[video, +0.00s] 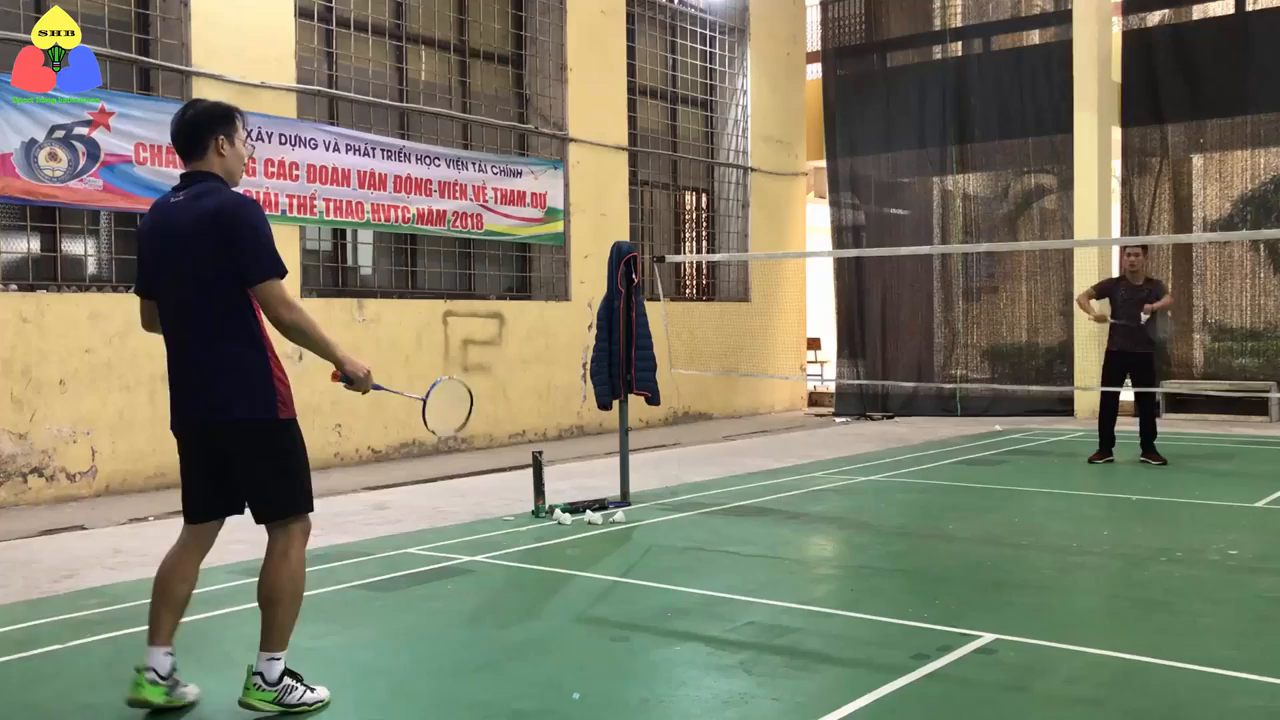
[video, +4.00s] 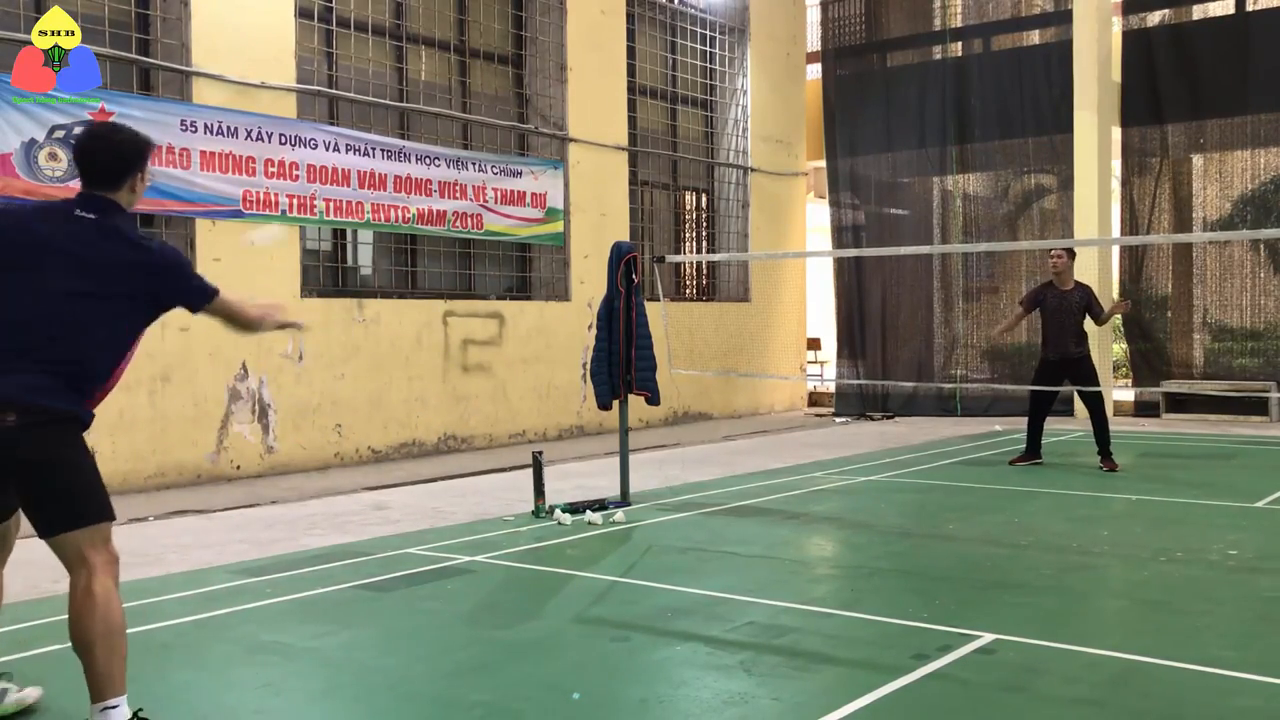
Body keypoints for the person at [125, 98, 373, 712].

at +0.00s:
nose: (249, 152)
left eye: (247, 140)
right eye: (244, 140)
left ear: (186, 149)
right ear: (222, 143)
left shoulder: (156, 217)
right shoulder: (237, 209)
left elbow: (152, 318)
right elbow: (281, 307)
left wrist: (220, 315)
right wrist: (342, 358)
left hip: (194, 407)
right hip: (257, 403)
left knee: (197, 530)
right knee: (290, 528)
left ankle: (156, 670)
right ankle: (270, 675)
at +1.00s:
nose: (330, 200)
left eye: (326, 190)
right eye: (327, 191)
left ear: (269, 189)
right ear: (314, 192)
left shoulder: (219, 234)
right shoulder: (336, 236)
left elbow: (148, 310)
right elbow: (438, 240)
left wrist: (123, 364)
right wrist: (506, 237)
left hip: (196, 412)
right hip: (276, 416)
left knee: (153, 534)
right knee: (335, 528)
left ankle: (104, 667)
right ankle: (354, 663)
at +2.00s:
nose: (213, 276)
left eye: (215, 269)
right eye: (214, 269)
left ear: (156, 256)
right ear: (205, 271)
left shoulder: (91, 281)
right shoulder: (209, 326)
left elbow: (8, 333)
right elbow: (261, 399)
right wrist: (267, 440)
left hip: (21, 439)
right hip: (104, 449)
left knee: (29, 555)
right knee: (208, 559)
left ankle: (14, 688)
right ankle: (217, 706)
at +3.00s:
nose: (168, 231)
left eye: (168, 221)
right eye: (166, 222)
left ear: (101, 220)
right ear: (152, 229)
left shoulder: (30, 256)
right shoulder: (152, 294)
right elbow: (224, 369)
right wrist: (192, 371)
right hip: (41, 435)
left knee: (14, 548)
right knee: (115, 566)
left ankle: (9, 681)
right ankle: (106, 711)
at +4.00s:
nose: (149, 183)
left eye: (148, 174)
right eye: (147, 175)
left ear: (80, 174)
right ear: (137, 180)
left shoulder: (17, 221)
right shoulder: (148, 259)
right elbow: (235, 313)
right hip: (41, 426)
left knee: (1, 543)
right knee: (93, 562)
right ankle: (112, 711)